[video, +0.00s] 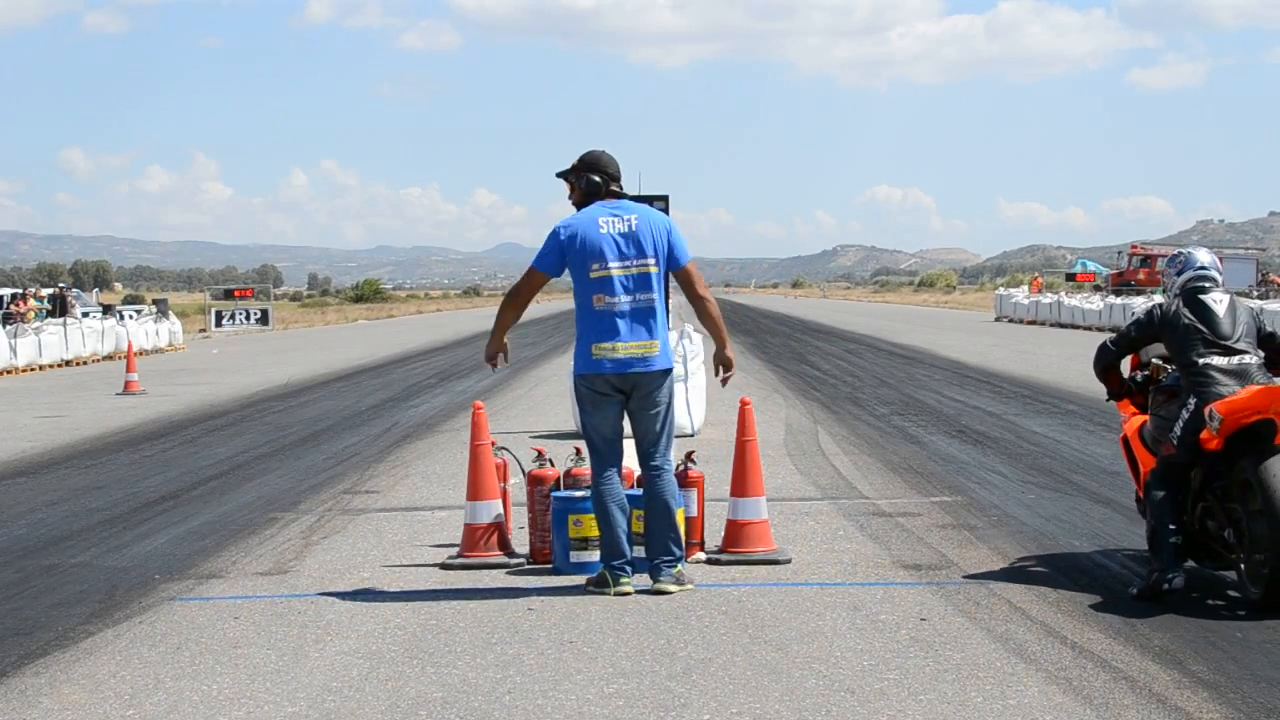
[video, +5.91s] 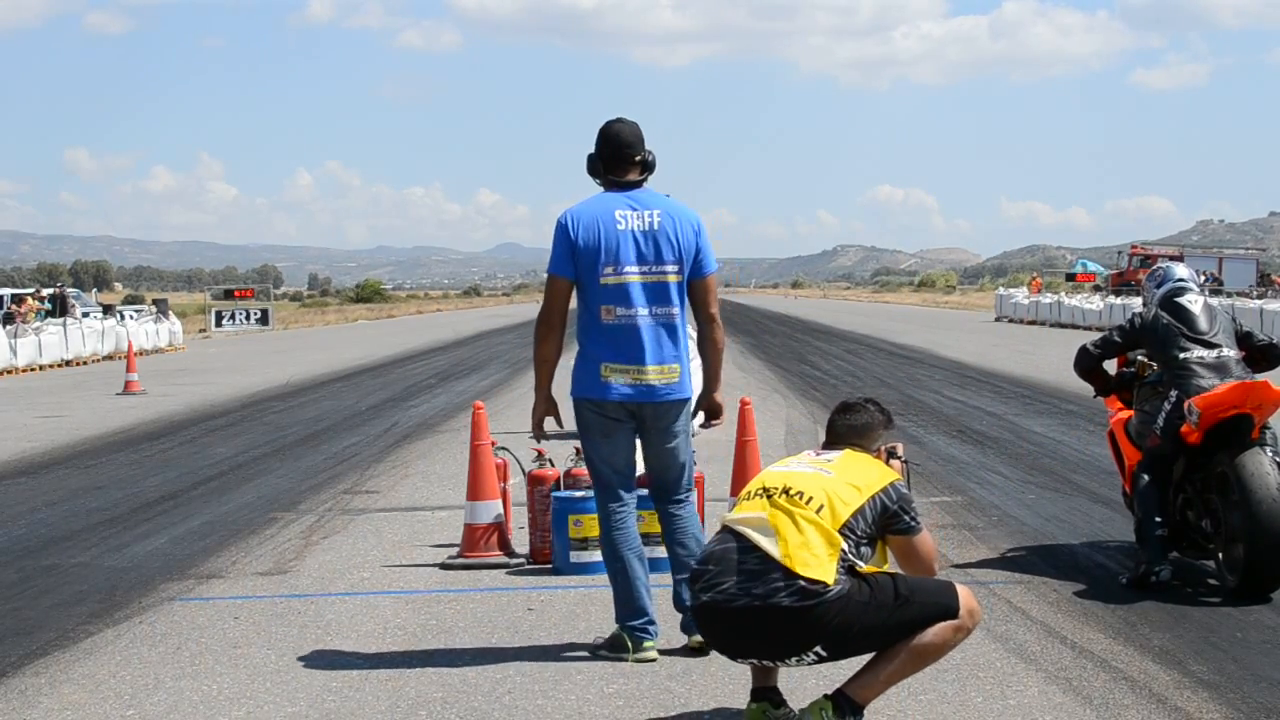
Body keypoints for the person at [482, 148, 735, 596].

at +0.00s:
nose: (568, 196)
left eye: (570, 188)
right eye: (568, 188)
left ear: (585, 186)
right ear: (616, 185)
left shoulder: (571, 230)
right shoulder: (659, 223)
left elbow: (523, 291)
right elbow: (698, 292)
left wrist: (497, 336)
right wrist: (723, 344)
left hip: (596, 366)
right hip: (653, 362)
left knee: (605, 468)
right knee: (658, 462)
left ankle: (616, 572)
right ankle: (667, 568)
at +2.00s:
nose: (528, 184)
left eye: (530, 177)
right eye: (528, 177)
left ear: (544, 178)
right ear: (581, 177)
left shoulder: (523, 228)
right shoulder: (624, 220)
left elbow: (500, 319)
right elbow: (649, 307)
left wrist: (487, 390)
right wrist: (649, 370)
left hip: (553, 375)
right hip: (616, 371)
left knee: (561, 485)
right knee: (629, 477)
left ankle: (570, 605)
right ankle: (641, 593)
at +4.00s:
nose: (578, 169)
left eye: (585, 159)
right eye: (579, 159)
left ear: (610, 161)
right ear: (635, 163)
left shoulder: (594, 218)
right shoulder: (690, 215)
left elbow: (570, 317)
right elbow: (711, 308)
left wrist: (545, 391)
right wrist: (709, 379)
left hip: (614, 386)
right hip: (682, 382)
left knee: (623, 508)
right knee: (688, 500)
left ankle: (638, 633)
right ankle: (704, 626)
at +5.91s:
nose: (601, 167)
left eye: (598, 161)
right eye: (638, 159)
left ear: (596, 166)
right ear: (647, 164)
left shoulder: (577, 222)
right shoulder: (685, 220)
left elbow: (553, 317)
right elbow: (710, 316)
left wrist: (543, 389)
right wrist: (713, 385)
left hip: (602, 387)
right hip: (670, 385)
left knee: (617, 504)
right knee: (678, 497)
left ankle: (638, 631)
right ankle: (699, 619)